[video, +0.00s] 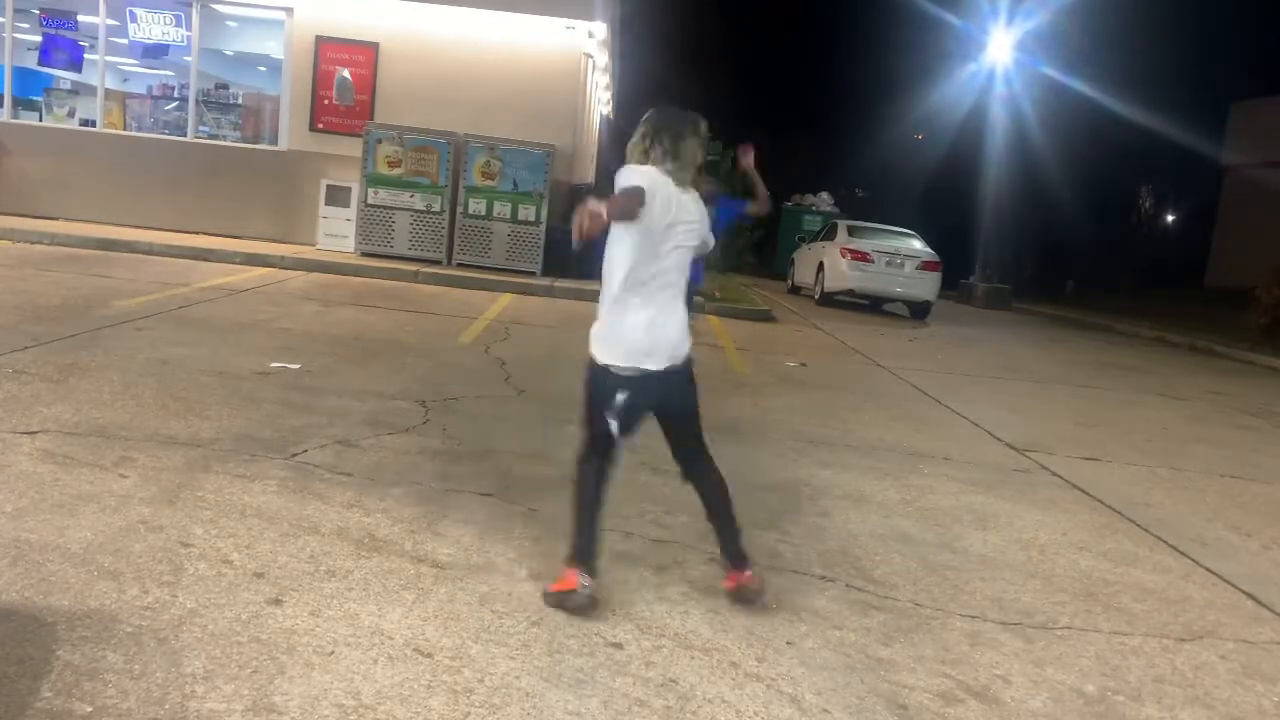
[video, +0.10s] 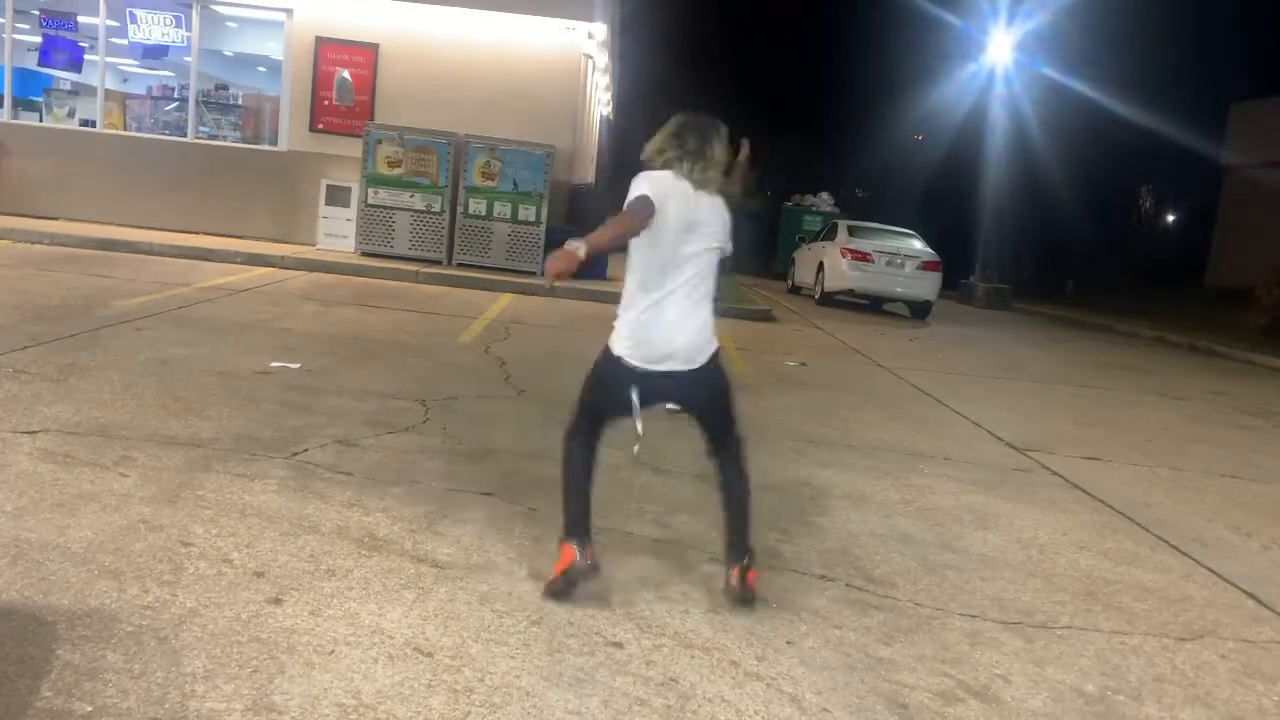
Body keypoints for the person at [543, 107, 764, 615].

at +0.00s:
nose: (628, 146)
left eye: (636, 138)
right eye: (698, 147)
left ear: (645, 141)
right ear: (692, 152)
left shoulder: (637, 175)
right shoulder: (696, 208)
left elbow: (632, 205)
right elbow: (704, 250)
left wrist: (600, 209)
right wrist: (752, 182)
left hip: (616, 357)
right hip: (672, 361)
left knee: (594, 457)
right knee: (695, 458)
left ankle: (580, 571)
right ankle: (738, 566)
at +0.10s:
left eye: (659, 143)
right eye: (719, 153)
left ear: (665, 147)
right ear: (715, 160)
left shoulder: (653, 182)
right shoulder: (717, 208)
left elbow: (633, 220)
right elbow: (720, 242)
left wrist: (580, 247)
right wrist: (730, 182)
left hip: (629, 362)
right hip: (696, 367)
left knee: (582, 434)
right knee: (727, 450)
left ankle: (576, 545)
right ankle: (740, 566)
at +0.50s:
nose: (711, 177)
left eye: (714, 170)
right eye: (714, 170)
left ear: (724, 174)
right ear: (766, 179)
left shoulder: (705, 223)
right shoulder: (775, 238)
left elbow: (685, 308)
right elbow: (782, 321)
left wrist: (652, 378)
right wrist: (733, 336)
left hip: (687, 364)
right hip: (738, 377)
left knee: (589, 371)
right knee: (753, 448)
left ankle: (578, 482)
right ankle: (784, 540)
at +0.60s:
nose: (701, 178)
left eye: (705, 171)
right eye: (704, 172)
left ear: (715, 173)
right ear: (763, 178)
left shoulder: (701, 223)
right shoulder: (774, 237)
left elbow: (683, 311)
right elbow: (791, 319)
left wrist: (651, 381)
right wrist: (782, 360)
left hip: (689, 369)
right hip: (738, 378)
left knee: (618, 425)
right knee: (712, 452)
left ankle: (567, 517)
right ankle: (769, 543)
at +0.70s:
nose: (707, 180)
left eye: (712, 173)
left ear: (722, 177)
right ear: (769, 184)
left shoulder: (700, 226)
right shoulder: (779, 241)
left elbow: (683, 311)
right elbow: (804, 319)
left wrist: (657, 380)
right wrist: (802, 366)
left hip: (687, 375)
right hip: (736, 383)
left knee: (620, 448)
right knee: (711, 463)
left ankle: (565, 549)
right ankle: (768, 559)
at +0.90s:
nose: (731, 193)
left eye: (737, 187)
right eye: (736, 186)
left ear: (745, 192)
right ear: (790, 198)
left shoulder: (722, 239)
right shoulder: (803, 252)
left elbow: (694, 320)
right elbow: (828, 328)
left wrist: (661, 393)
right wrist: (817, 357)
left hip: (705, 373)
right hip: (759, 386)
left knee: (625, 378)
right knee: (735, 458)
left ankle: (581, 474)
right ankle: (785, 558)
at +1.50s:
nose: (786, 199)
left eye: (792, 194)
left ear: (797, 200)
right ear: (844, 220)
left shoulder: (759, 235)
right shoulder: (840, 273)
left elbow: (690, 291)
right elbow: (883, 351)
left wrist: (620, 338)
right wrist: (890, 360)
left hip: (700, 377)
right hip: (759, 407)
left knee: (618, 402)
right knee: (762, 482)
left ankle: (584, 509)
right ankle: (778, 590)